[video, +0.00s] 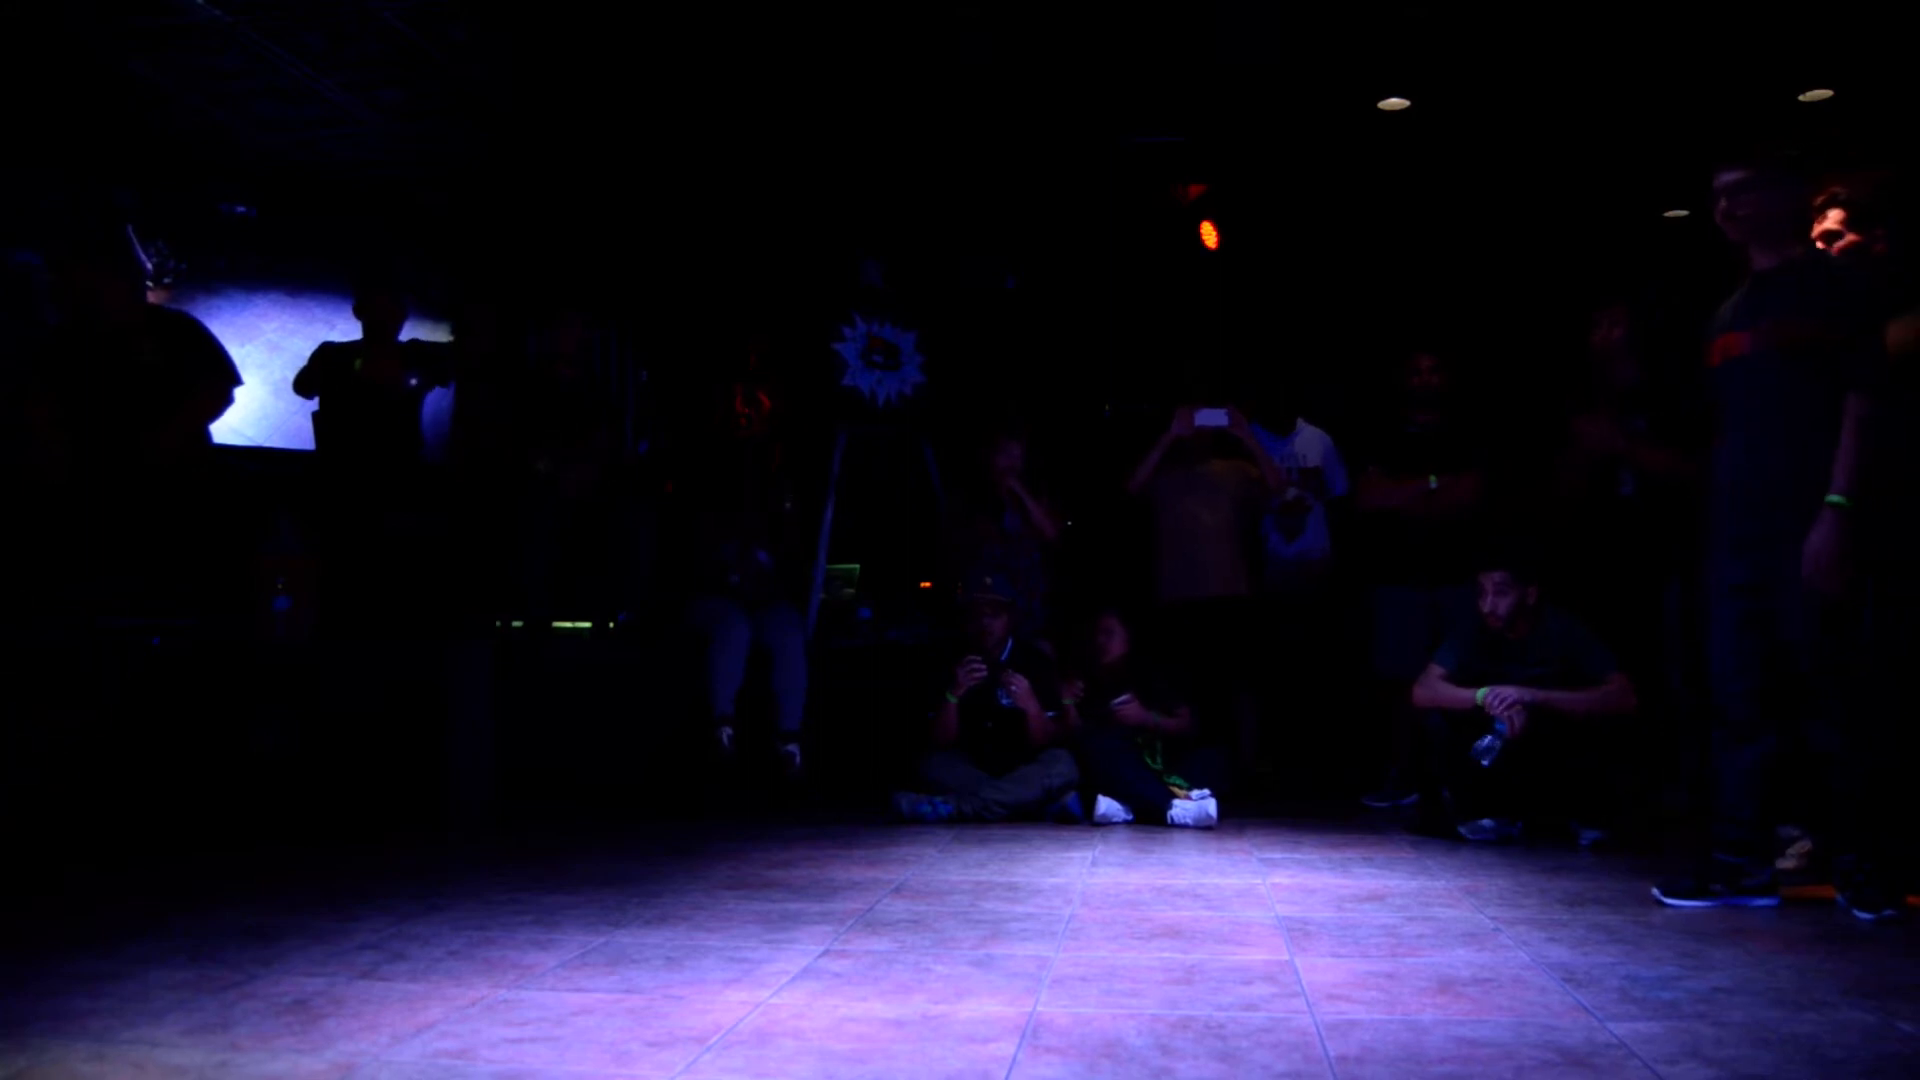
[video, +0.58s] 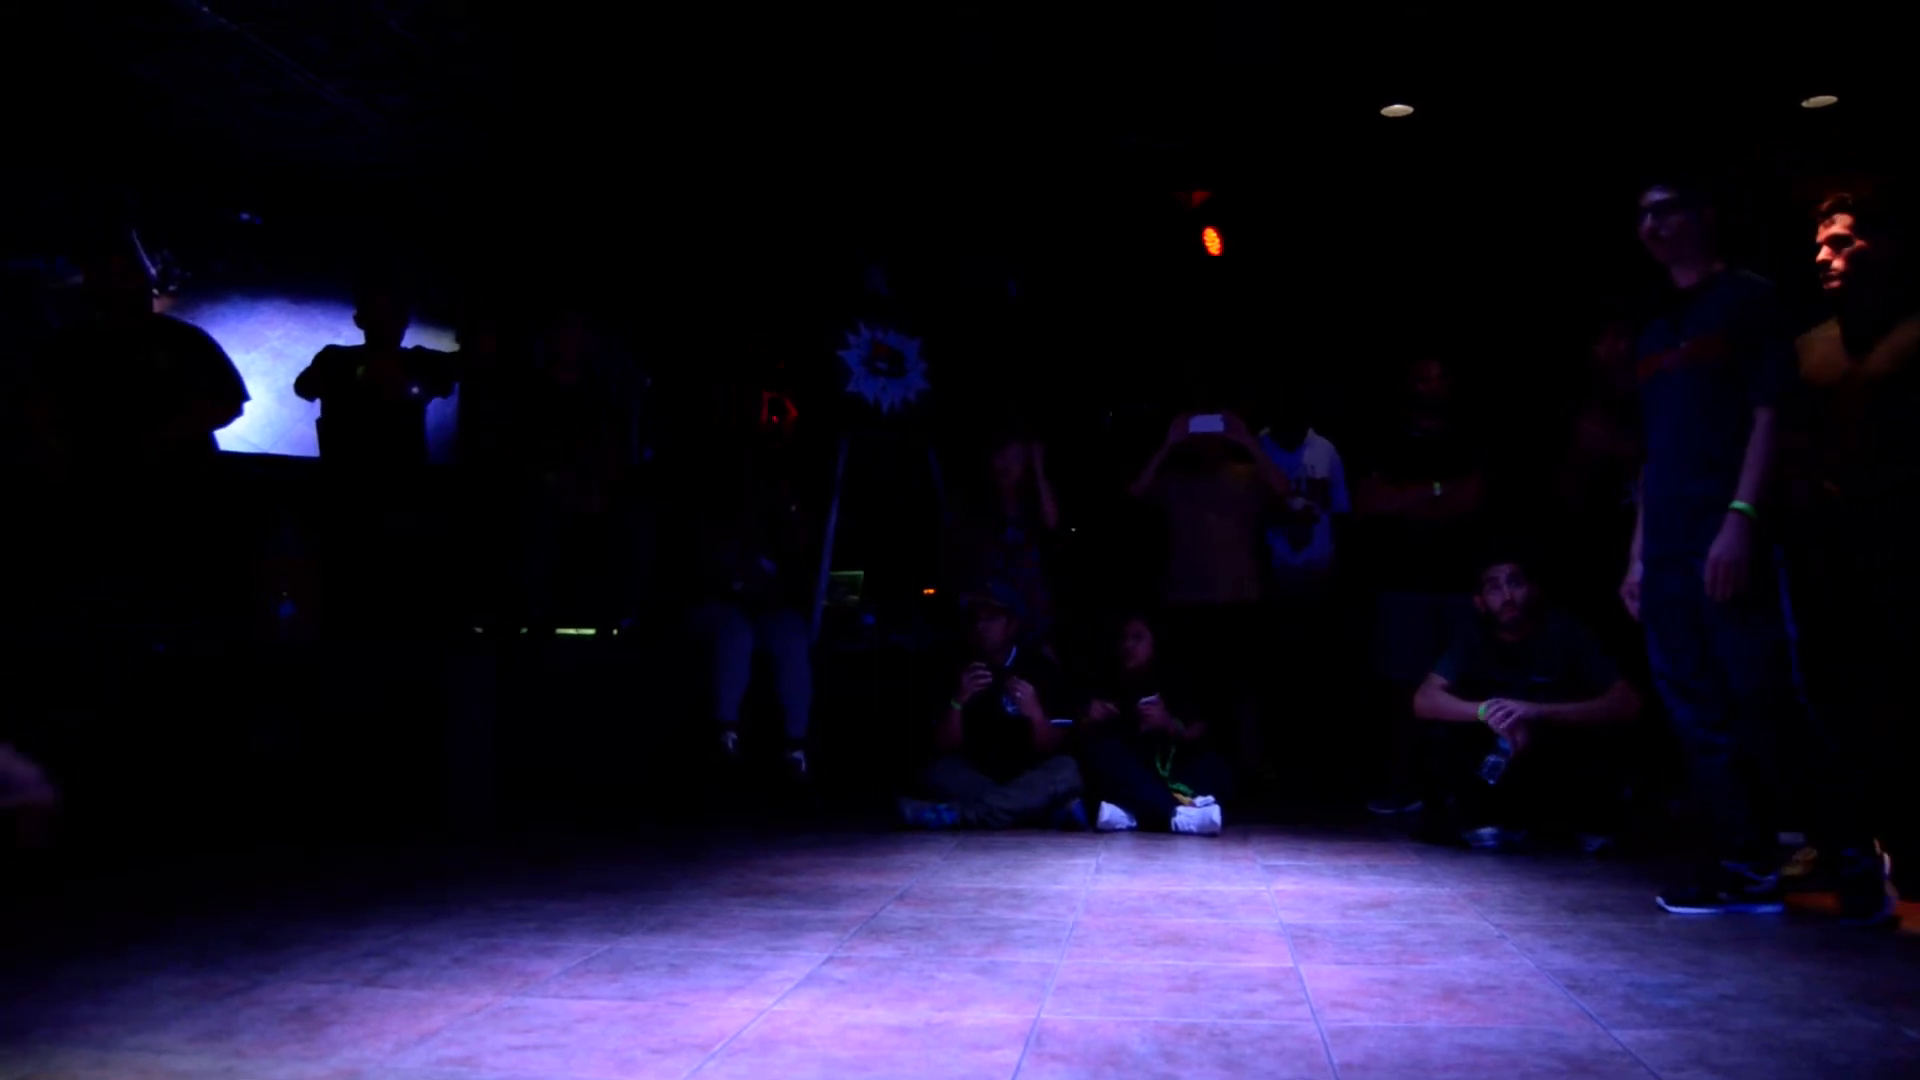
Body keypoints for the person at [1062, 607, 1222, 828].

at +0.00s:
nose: (1103, 641)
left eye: (1110, 633)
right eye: (1099, 633)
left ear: (1127, 637)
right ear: (1091, 639)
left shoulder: (1147, 675)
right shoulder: (1088, 679)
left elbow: (1184, 723)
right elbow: (1080, 733)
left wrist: (1143, 717)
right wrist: (1068, 703)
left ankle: (1130, 808)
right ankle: (1170, 808)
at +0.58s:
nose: (1128, 646)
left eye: (1137, 638)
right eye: (1123, 639)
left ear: (1153, 643)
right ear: (1115, 644)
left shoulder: (1172, 682)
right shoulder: (1107, 683)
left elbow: (1197, 732)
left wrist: (1166, 722)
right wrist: (1092, 719)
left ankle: (1135, 814)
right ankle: (1174, 814)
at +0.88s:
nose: (1153, 644)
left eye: (1162, 636)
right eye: (1147, 637)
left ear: (1177, 641)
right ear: (1140, 643)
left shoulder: (1197, 679)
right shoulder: (1131, 679)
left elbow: (1222, 733)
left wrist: (1189, 719)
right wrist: (1123, 717)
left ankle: (1157, 812)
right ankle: (1196, 813)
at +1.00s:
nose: (1178, 642)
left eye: (1188, 634)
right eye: (1174, 635)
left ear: (1204, 638)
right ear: (1166, 641)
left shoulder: (1226, 678)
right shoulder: (1158, 679)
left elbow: (1249, 731)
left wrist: (1213, 717)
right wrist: (1156, 718)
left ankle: (1183, 811)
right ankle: (1223, 812)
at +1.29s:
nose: (1189, 641)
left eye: (1198, 633)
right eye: (1184, 634)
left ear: (1214, 638)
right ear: (1177, 639)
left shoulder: (1234, 677)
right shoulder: (1170, 679)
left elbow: (1259, 731)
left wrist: (1222, 719)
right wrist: (1180, 720)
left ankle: (1195, 810)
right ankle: (1236, 811)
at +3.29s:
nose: (1200, 643)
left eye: (1208, 634)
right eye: (1193, 636)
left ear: (1222, 637)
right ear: (1186, 642)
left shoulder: (1243, 674)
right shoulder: (1181, 677)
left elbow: (1268, 728)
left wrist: (1228, 714)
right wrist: (1185, 717)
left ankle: (1211, 811)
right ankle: (1251, 810)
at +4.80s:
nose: (1199, 643)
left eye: (1207, 635)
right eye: (1192, 636)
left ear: (1222, 638)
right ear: (1184, 641)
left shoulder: (1243, 674)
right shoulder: (1173, 676)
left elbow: (1265, 728)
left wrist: (1225, 706)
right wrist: (1178, 712)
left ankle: (1210, 810)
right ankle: (1251, 810)